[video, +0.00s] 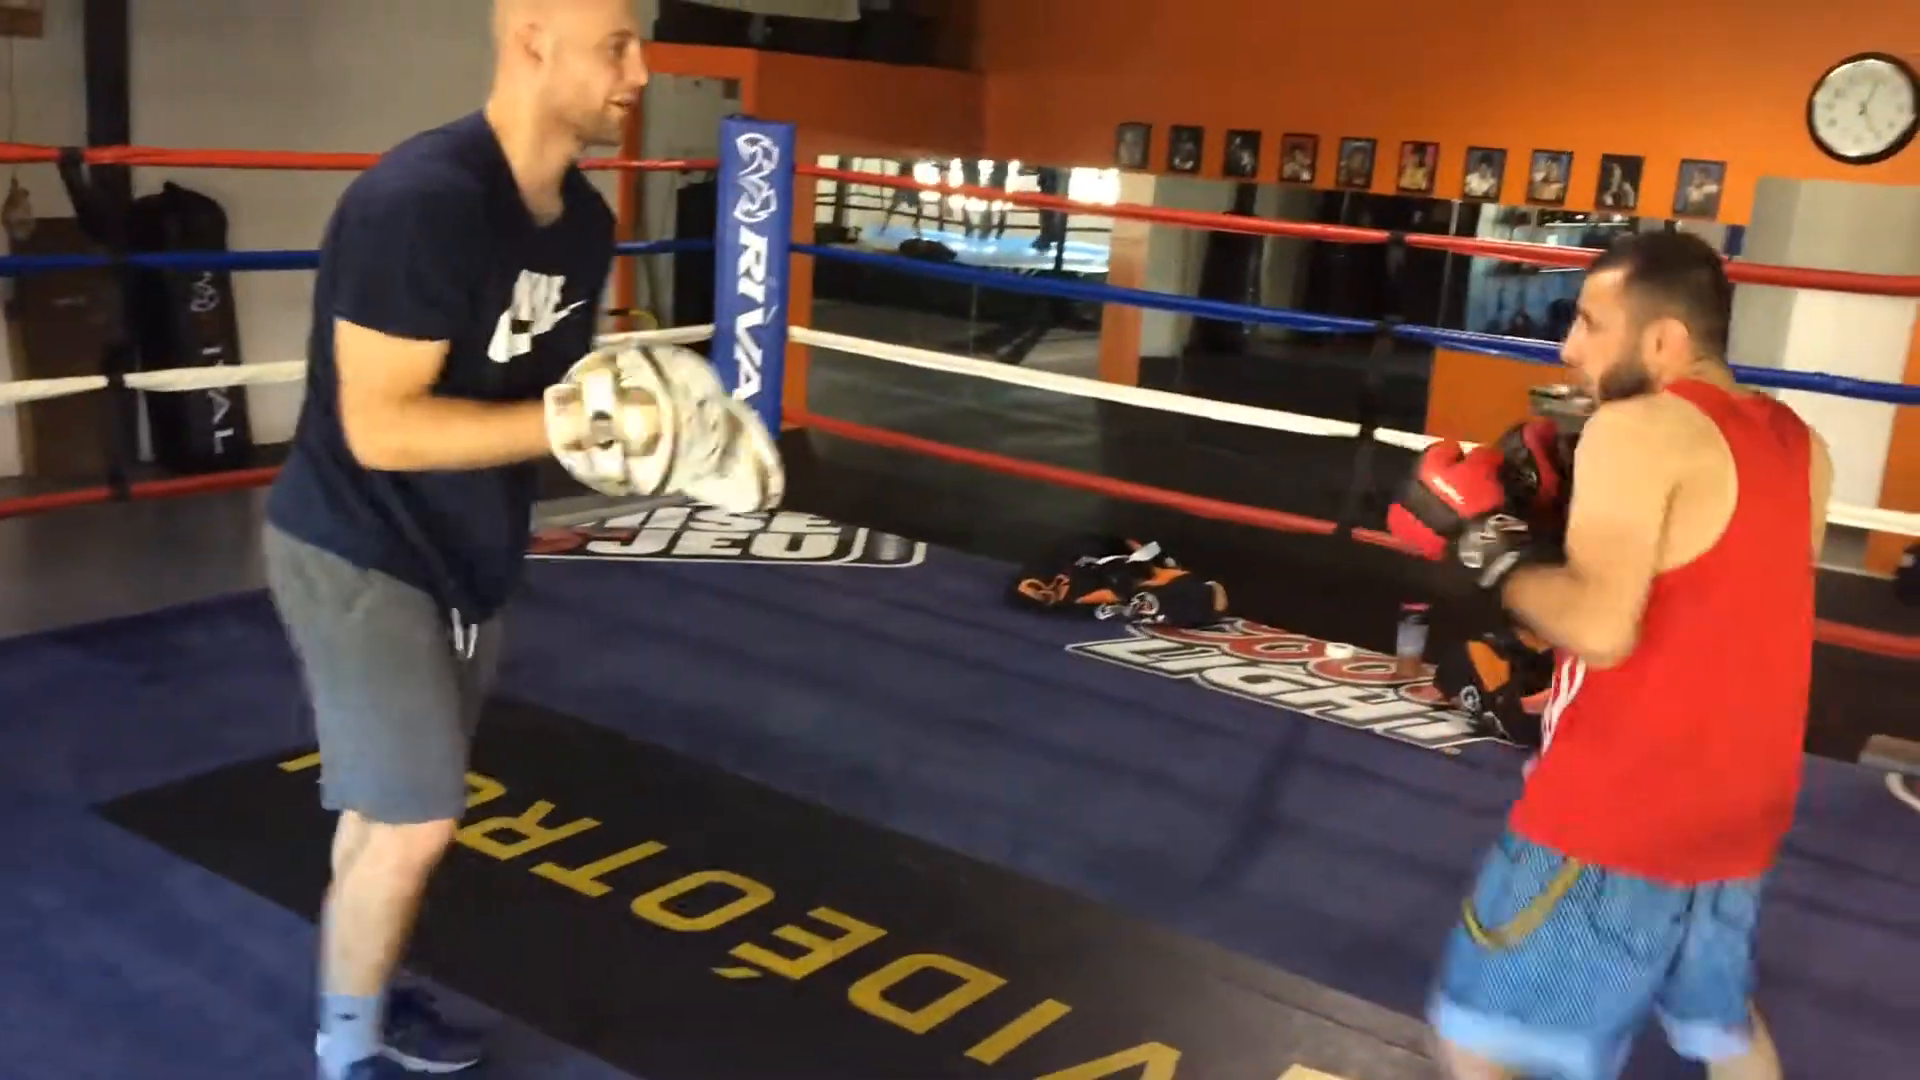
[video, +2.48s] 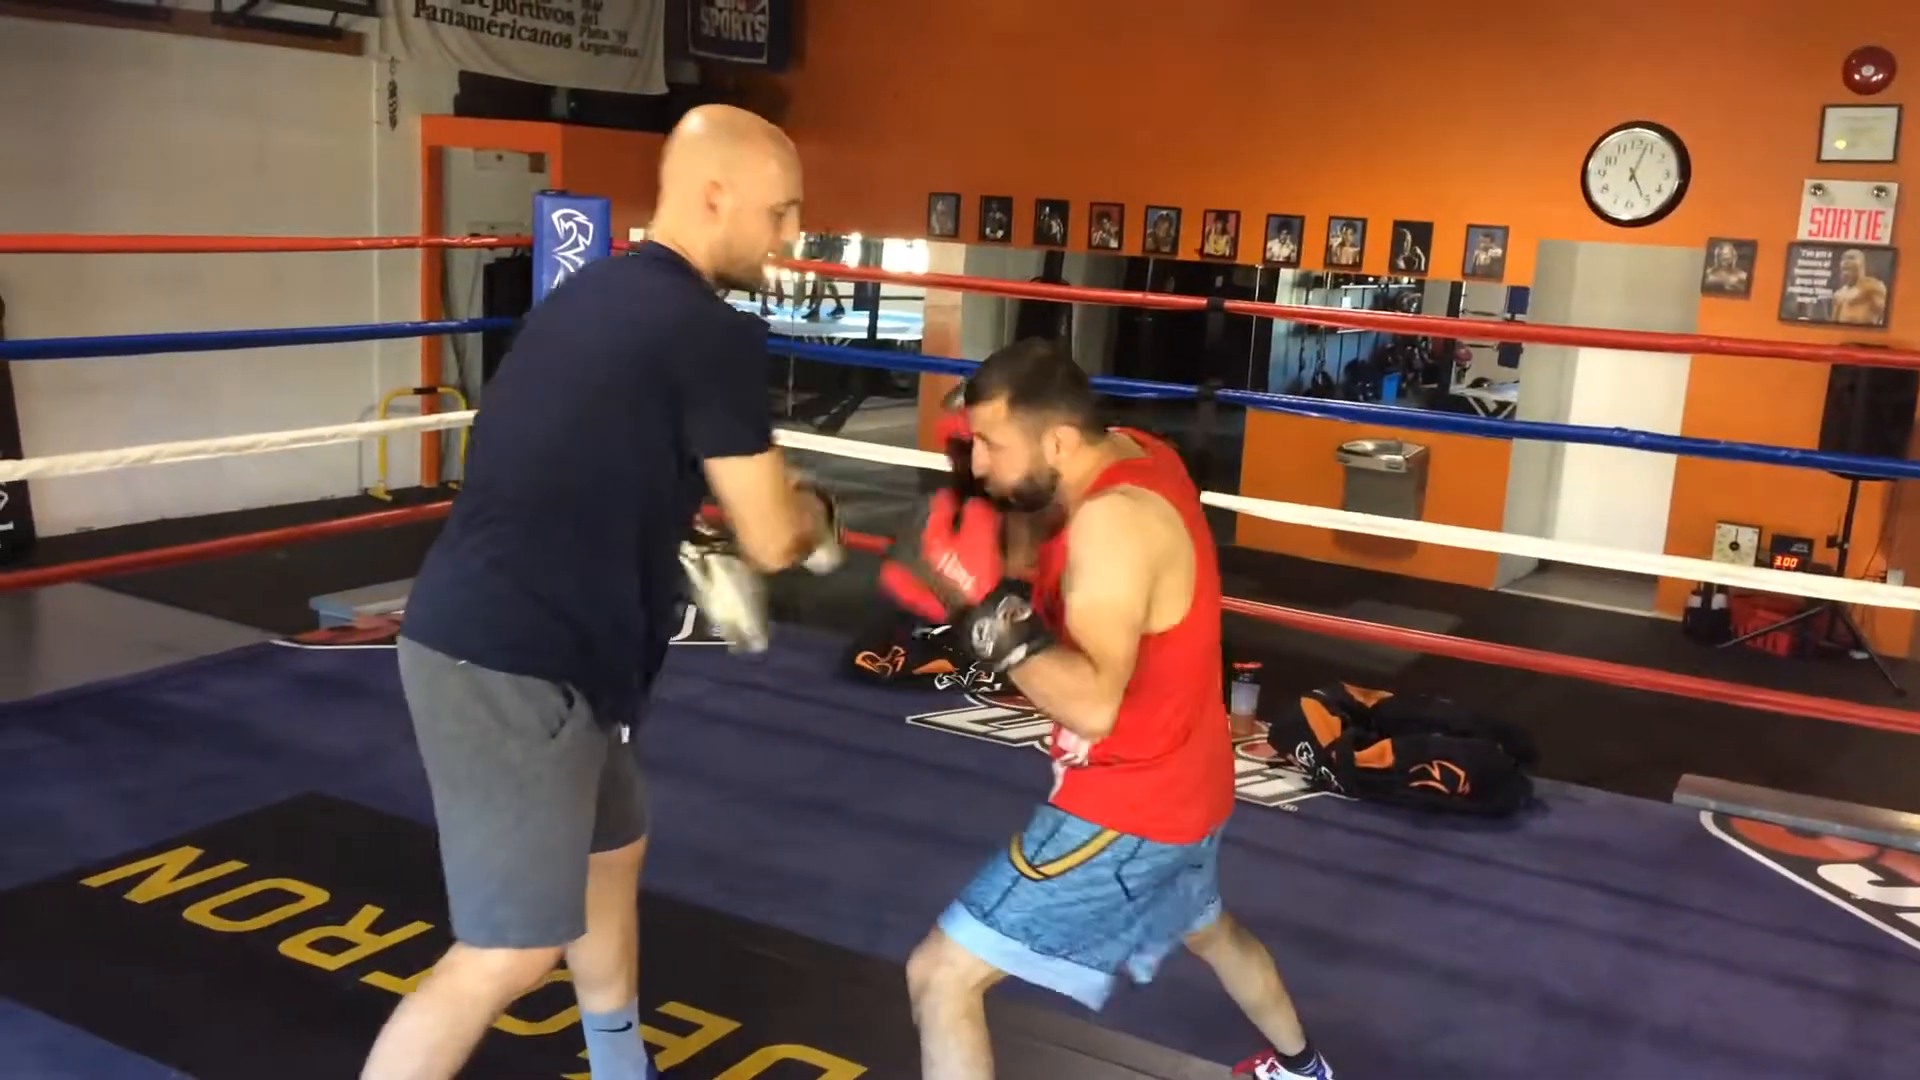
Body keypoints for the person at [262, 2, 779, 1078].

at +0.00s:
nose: (639, 74)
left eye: (639, 48)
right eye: (615, 48)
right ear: (529, 45)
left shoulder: (583, 222)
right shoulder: (417, 201)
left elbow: (541, 400)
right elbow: (379, 430)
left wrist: (650, 420)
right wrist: (574, 422)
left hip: (469, 555)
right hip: (354, 548)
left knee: (398, 798)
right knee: (412, 816)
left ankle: (364, 988)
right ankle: (345, 1053)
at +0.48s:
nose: (584, 135)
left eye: (584, 110)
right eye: (569, 109)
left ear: (497, 106)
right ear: (487, 103)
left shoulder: (491, 241)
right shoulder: (393, 258)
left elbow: (482, 412)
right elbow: (457, 498)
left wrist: (614, 393)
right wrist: (623, 418)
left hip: (416, 589)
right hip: (297, 602)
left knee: (483, 796)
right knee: (296, 872)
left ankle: (540, 1028)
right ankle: (236, 1071)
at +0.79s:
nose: (679, 160)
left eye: (679, 135)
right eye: (667, 134)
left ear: (594, 125)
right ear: (605, 125)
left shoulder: (536, 245)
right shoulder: (520, 259)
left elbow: (592, 430)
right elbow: (618, 475)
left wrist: (703, 381)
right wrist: (741, 378)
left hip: (484, 605)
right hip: (397, 611)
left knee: (518, 822)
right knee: (430, 878)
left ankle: (566, 1047)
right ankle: (276, 1071)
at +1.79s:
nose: (749, 242)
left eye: (752, 216)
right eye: (744, 212)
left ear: (658, 198)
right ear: (684, 198)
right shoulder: (625, 316)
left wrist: (759, 489)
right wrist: (785, 455)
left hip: (516, 647)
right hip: (441, 651)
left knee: (581, 838)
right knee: (453, 939)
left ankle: (595, 1069)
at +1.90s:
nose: (767, 244)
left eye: (768, 222)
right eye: (757, 219)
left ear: (679, 205)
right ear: (692, 209)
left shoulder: (561, 296)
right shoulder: (671, 331)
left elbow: (531, 462)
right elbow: (865, 441)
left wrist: (651, 558)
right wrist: (1015, 441)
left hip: (518, 655)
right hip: (446, 661)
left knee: (575, 849)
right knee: (463, 950)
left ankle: (594, 1067)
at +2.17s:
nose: (819, 260)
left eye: (823, 237)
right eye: (810, 233)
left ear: (726, 218)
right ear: (743, 216)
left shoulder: (641, 296)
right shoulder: (701, 327)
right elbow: (815, 405)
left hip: (566, 644)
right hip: (489, 650)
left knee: (609, 848)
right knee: (507, 934)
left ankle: (613, 1068)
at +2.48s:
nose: (789, 242)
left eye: (793, 219)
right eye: (779, 215)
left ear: (698, 198)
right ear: (713, 196)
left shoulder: (585, 297)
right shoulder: (704, 328)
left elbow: (599, 469)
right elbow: (772, 539)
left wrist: (740, 520)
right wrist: (808, 516)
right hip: (505, 659)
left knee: (610, 846)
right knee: (511, 945)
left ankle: (618, 1067)